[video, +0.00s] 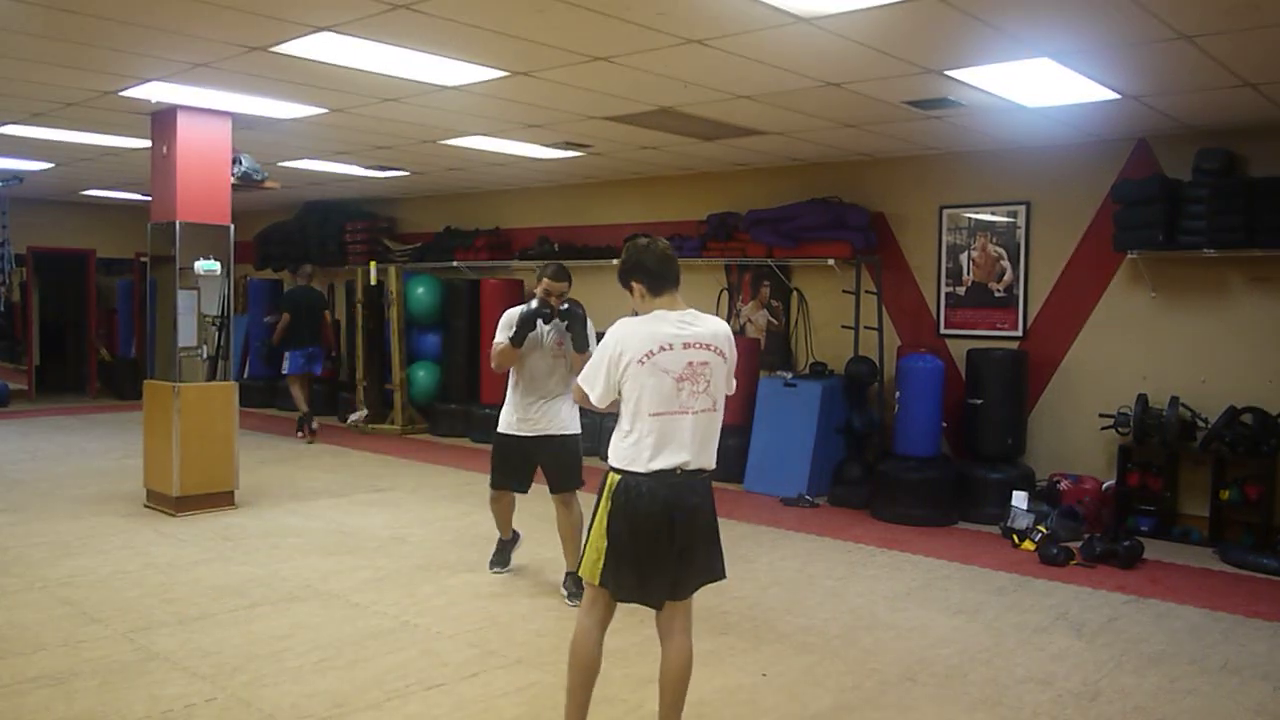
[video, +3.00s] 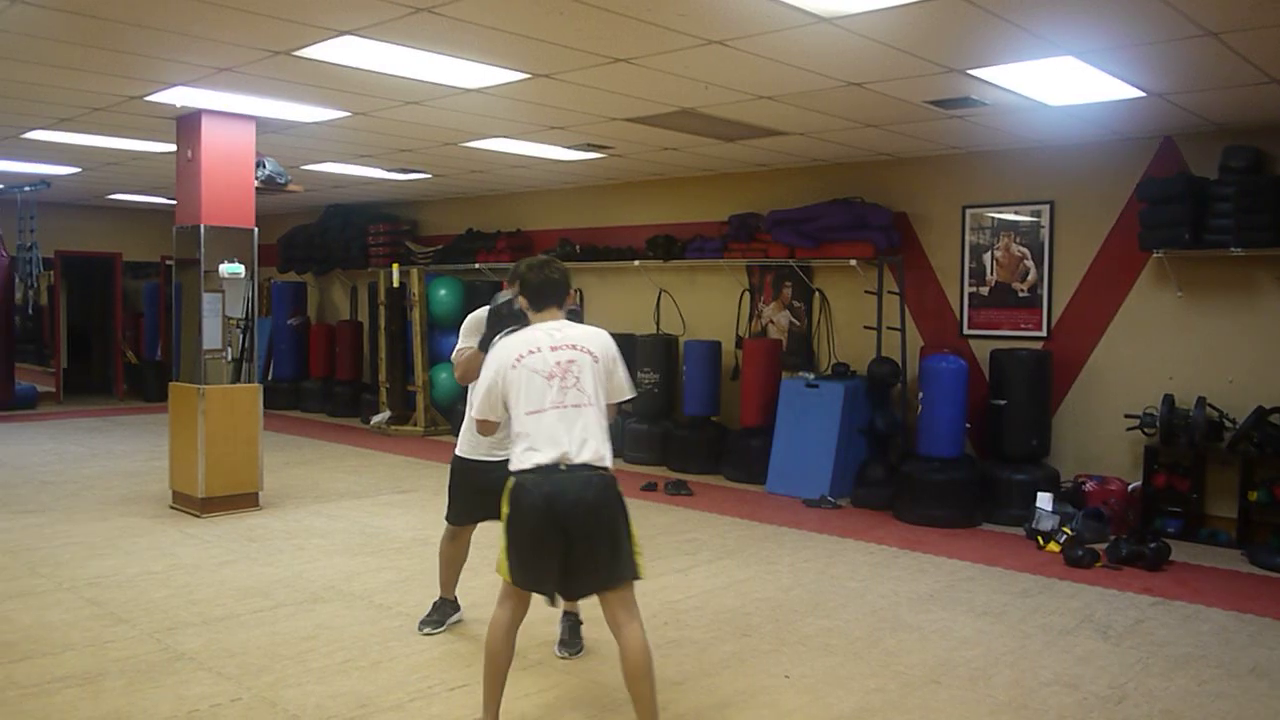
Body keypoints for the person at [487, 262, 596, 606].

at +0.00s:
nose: (552, 300)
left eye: (560, 295)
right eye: (547, 293)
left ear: (569, 292)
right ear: (536, 286)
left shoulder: (578, 320)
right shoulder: (515, 316)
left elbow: (583, 372)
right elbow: (499, 363)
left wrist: (577, 329)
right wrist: (523, 330)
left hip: (559, 421)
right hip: (515, 420)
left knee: (565, 498)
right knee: (500, 493)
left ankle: (573, 573)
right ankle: (506, 537)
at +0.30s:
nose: (551, 292)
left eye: (559, 286)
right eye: (545, 284)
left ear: (568, 286)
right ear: (533, 280)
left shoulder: (580, 321)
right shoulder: (510, 314)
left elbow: (591, 380)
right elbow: (487, 369)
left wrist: (572, 351)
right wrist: (508, 352)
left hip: (557, 428)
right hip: (508, 425)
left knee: (564, 501)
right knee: (486, 496)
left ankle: (573, 575)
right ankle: (473, 567)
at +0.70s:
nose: (503, 291)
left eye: (510, 285)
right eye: (496, 282)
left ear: (517, 284)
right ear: (482, 277)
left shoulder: (529, 316)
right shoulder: (457, 316)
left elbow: (545, 374)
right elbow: (438, 371)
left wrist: (530, 352)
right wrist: (471, 353)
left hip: (522, 427)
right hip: (470, 430)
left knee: (545, 498)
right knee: (464, 505)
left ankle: (559, 566)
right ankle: (457, 581)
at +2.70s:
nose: (510, 300)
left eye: (518, 294)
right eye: (503, 292)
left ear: (528, 290)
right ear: (488, 285)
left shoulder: (537, 323)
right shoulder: (464, 319)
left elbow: (554, 376)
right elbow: (446, 378)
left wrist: (541, 329)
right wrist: (477, 331)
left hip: (519, 448)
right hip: (463, 444)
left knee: (534, 535)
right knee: (428, 520)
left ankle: (540, 621)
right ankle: (430, 586)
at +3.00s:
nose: (524, 300)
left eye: (530, 293)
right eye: (519, 292)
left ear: (538, 292)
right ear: (508, 288)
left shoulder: (552, 326)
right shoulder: (479, 321)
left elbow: (565, 383)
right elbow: (463, 374)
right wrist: (495, 335)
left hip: (537, 451)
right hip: (477, 451)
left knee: (559, 532)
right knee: (457, 528)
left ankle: (570, 614)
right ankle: (446, 600)